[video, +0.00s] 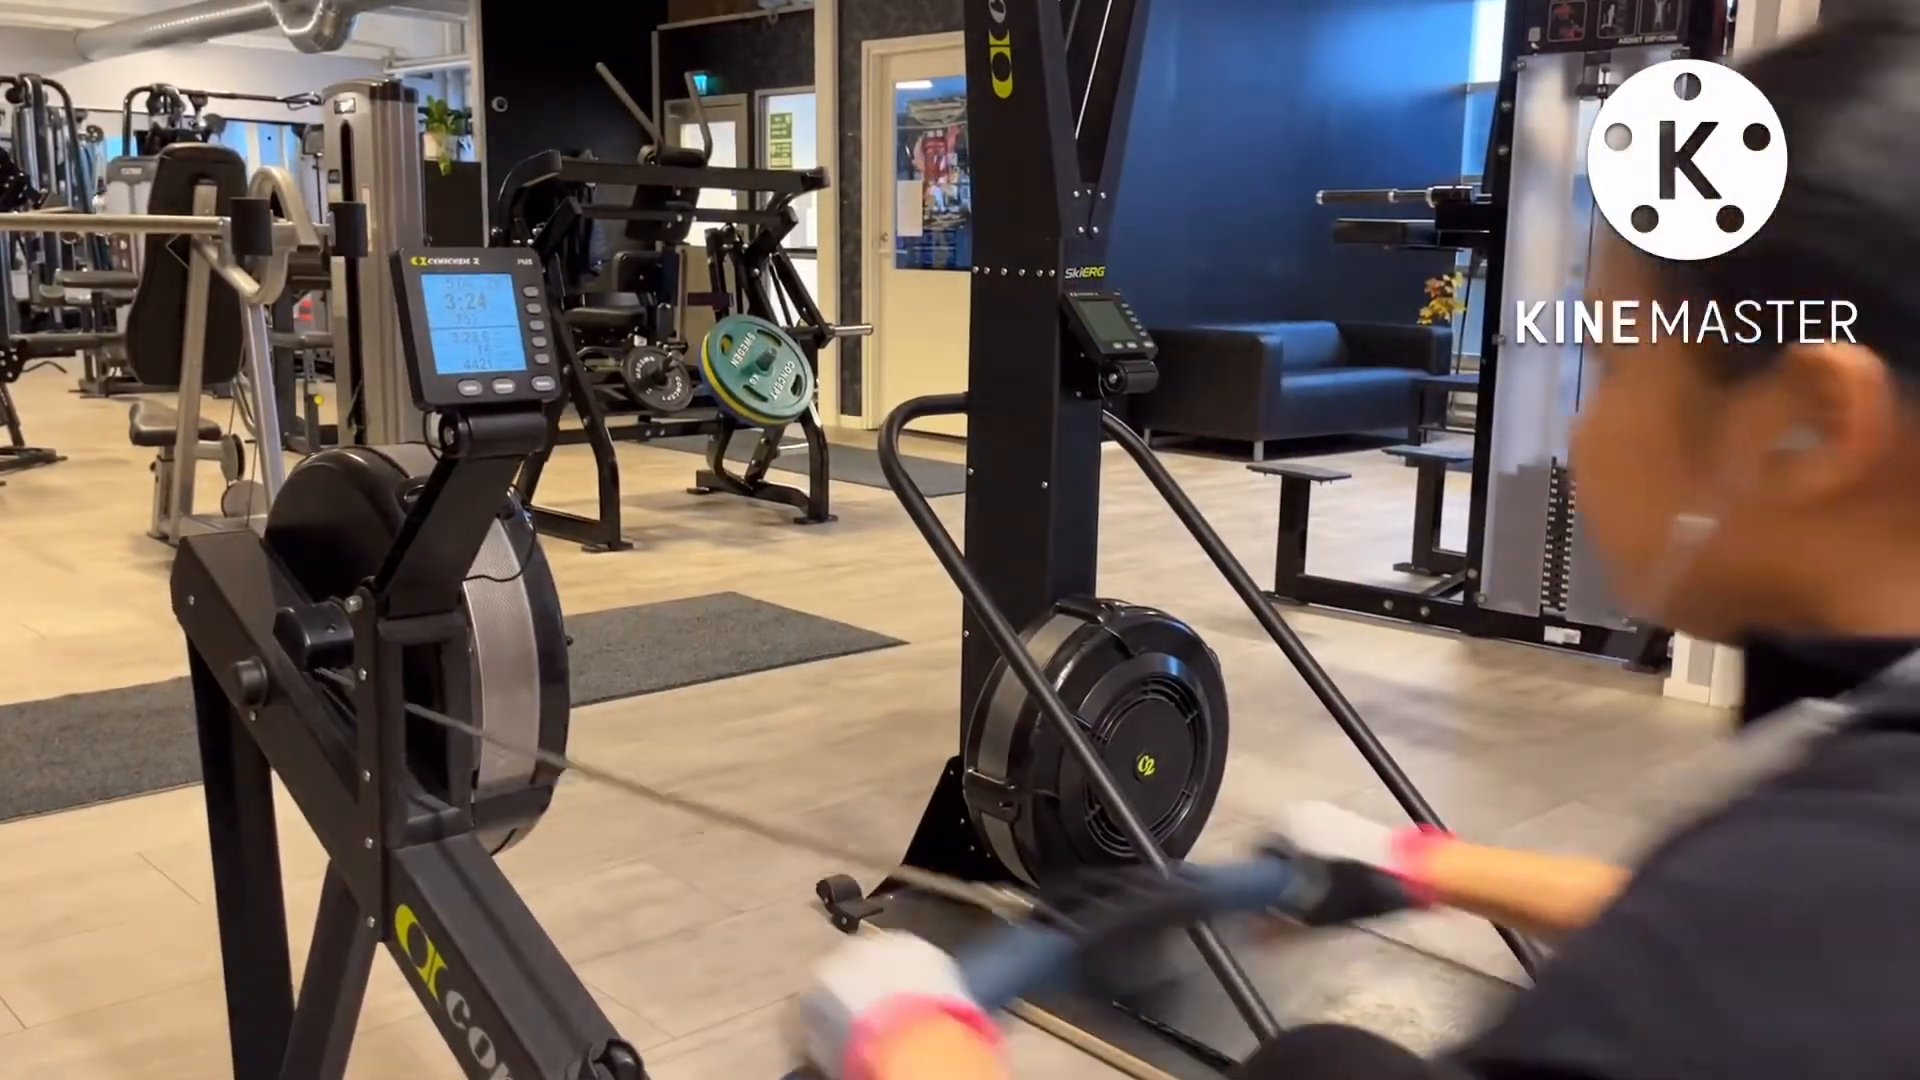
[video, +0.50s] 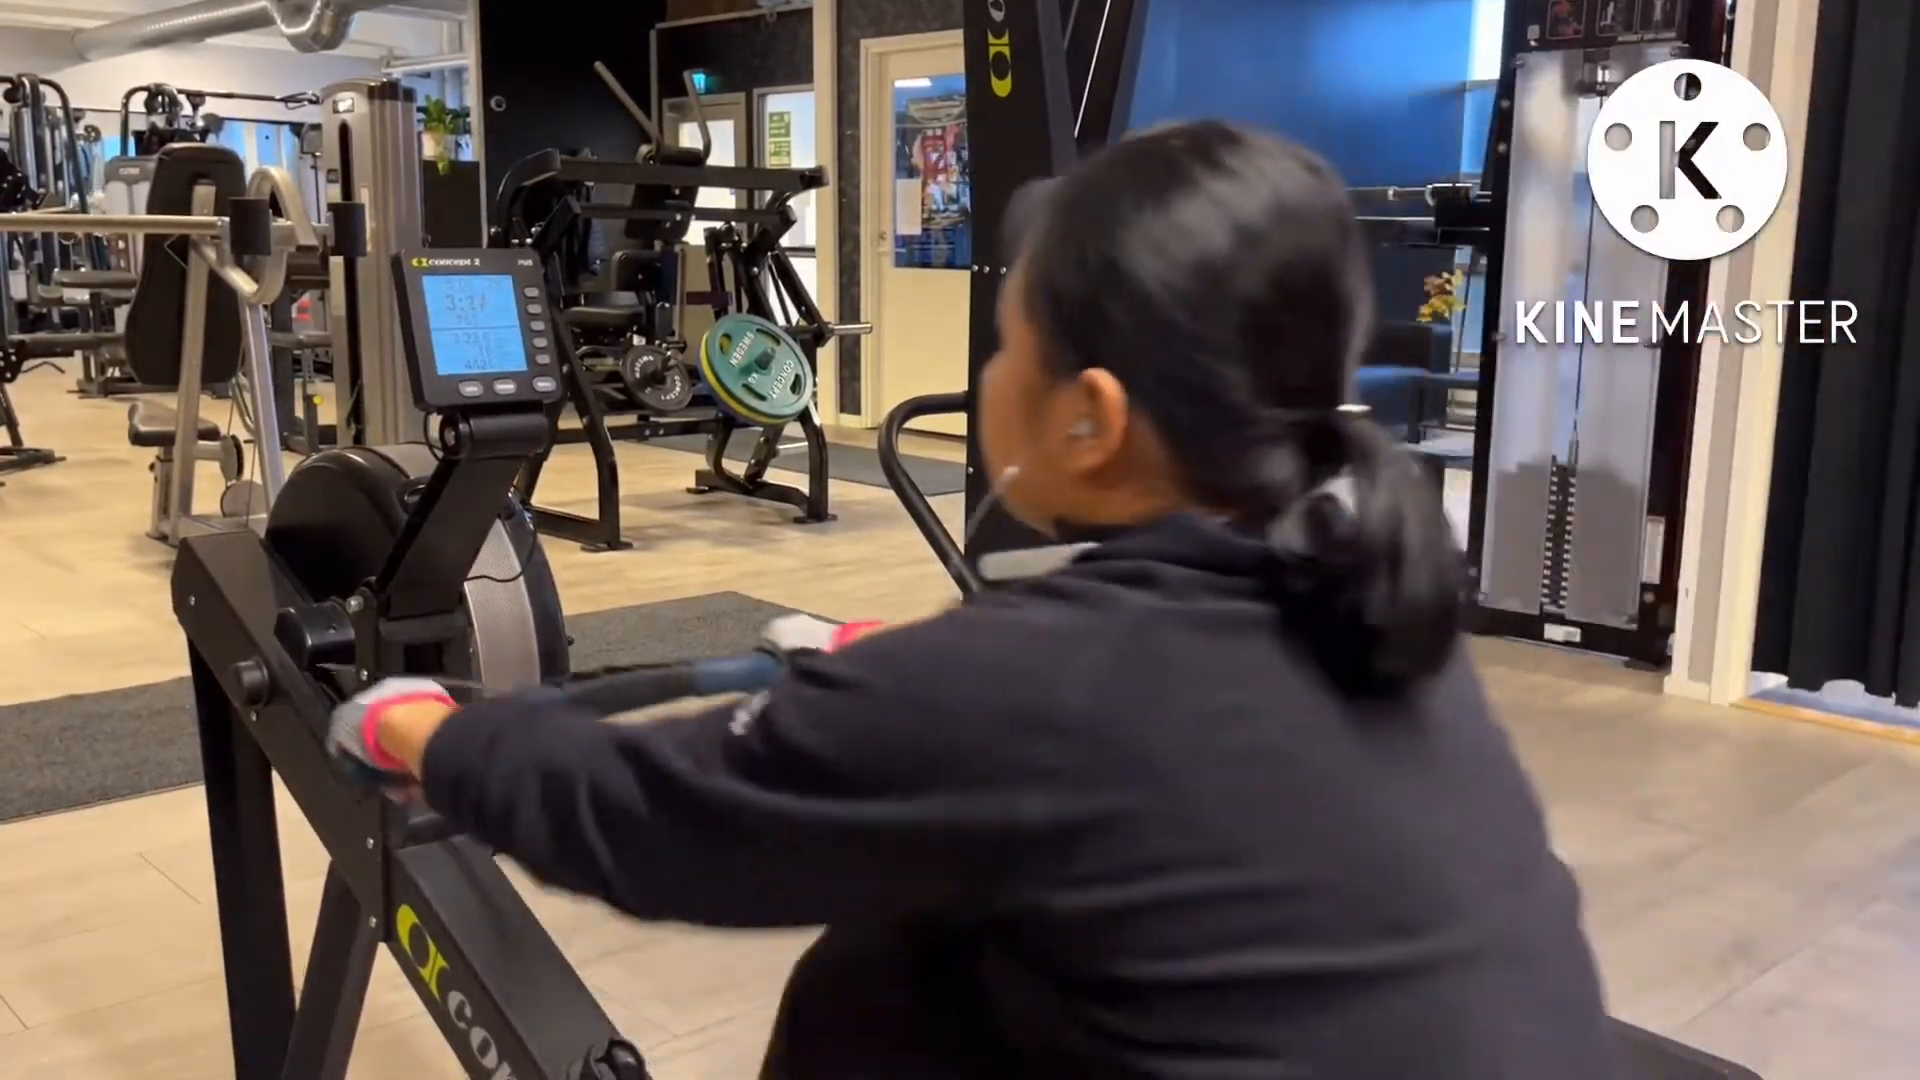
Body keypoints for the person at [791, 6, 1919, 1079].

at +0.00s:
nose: (1576, 430)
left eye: (1615, 346)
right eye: (1599, 346)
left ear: (1822, 428)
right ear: (1825, 434)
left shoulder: (1768, 935)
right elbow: (1808, 907)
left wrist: (943, 1057)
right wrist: (1441, 867)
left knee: (1331, 1045)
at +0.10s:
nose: (1418, 416)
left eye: (1447, 357)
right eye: (1434, 356)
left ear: (1614, 420)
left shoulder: (1580, 857)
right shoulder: (1880, 696)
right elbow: (1691, 827)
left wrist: (790, 985)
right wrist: (1376, 819)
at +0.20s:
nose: (1275, 391)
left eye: (1301, 349)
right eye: (1290, 343)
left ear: (1441, 418)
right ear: (1658, 402)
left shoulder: (1446, 788)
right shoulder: (1779, 669)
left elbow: (929, 1049)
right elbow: (1535, 732)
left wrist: (672, 896)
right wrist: (1236, 768)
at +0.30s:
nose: (1152, 388)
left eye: (1174, 347)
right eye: (1166, 342)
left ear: (1296, 411)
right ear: (1504, 380)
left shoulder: (1255, 745)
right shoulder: (1594, 636)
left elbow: (787, 980)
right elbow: (1364, 773)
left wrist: (561, 824)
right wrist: (1076, 736)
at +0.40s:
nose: (1052, 385)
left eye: (1074, 346)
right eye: (1068, 340)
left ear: (1177, 413)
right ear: (1386, 382)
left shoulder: (1086, 716)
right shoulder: (1477, 597)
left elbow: (674, 897)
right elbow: (1278, 722)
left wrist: (482, 784)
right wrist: (999, 697)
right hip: (1627, 1039)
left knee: (916, 970)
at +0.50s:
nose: (982, 381)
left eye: (1002, 346)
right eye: (997, 339)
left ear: (1097, 419)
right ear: (1298, 389)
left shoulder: (1034, 681)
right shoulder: (1387, 581)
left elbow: (671, 800)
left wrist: (440, 738)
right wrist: (939, 672)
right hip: (1551, 1039)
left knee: (879, 962)